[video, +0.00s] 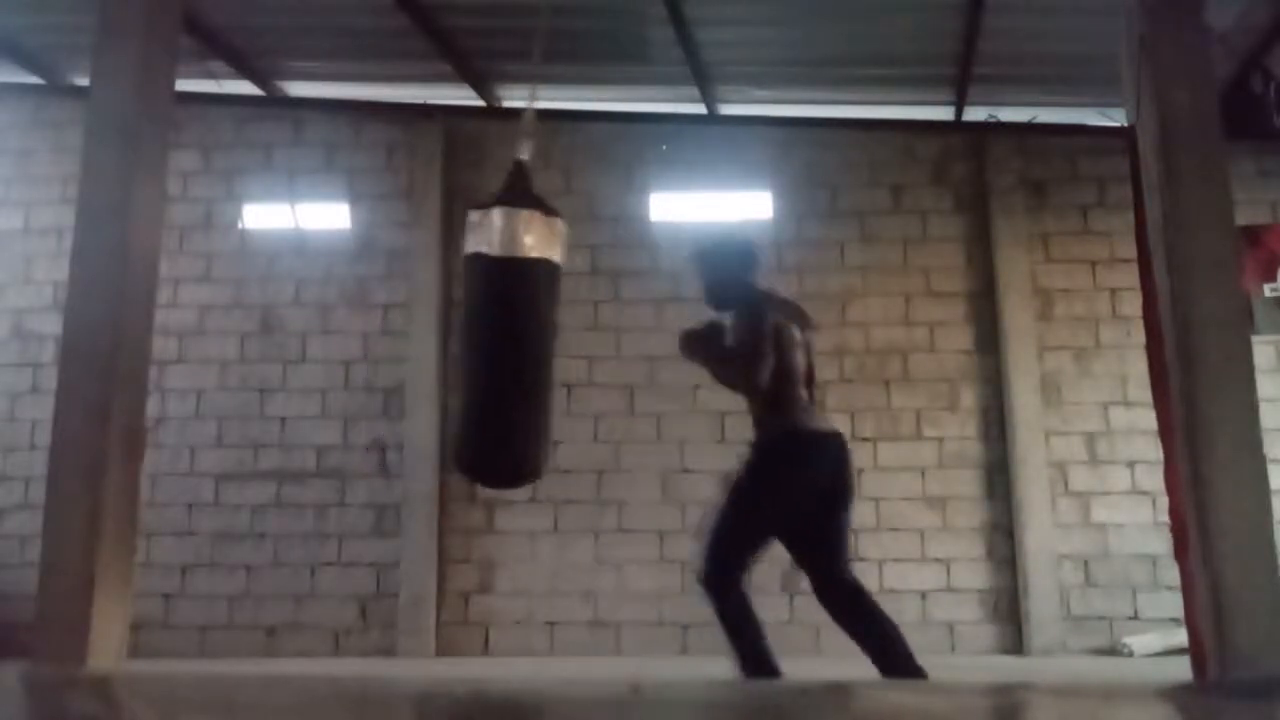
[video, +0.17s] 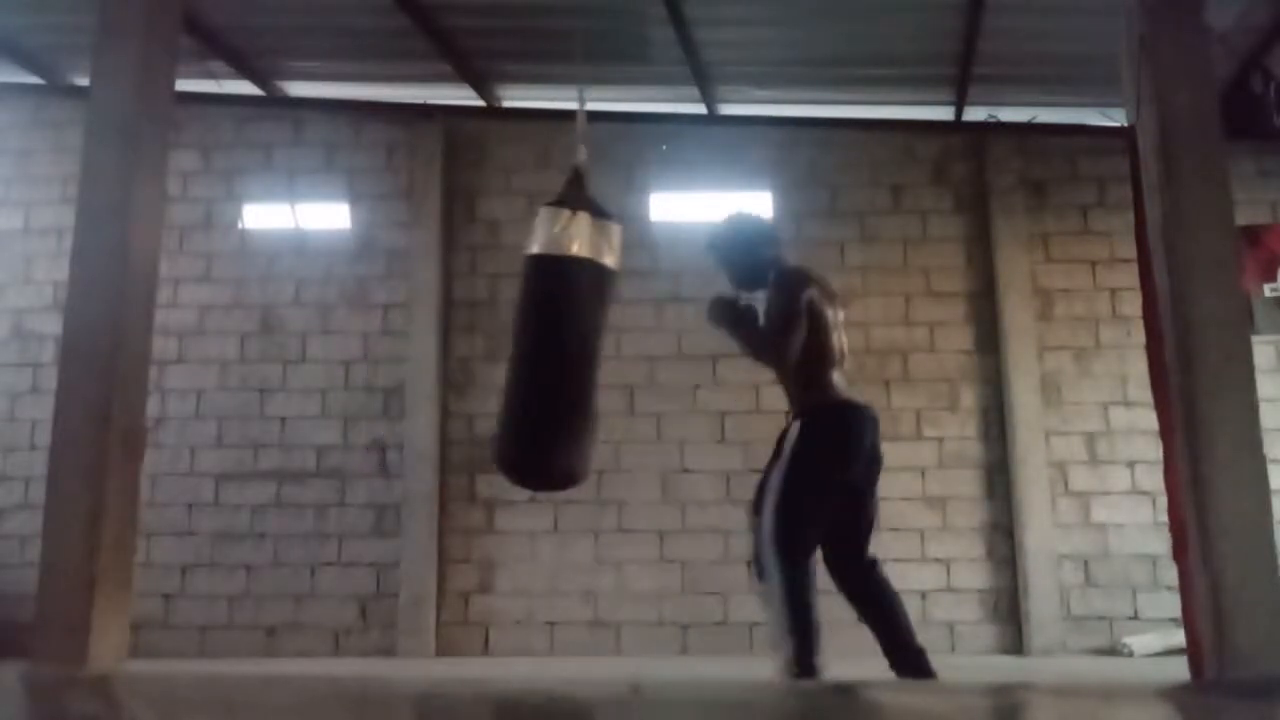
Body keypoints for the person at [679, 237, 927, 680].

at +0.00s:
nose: (701, 287)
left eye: (706, 275)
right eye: (700, 276)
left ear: (728, 274)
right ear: (747, 272)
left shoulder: (755, 315)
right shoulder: (787, 317)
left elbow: (754, 380)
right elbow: (798, 385)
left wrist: (707, 354)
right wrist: (726, 343)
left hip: (786, 456)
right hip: (825, 453)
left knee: (719, 573)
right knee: (833, 581)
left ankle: (766, 687)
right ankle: (911, 682)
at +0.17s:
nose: (726, 275)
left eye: (726, 263)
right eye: (722, 265)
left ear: (746, 255)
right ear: (767, 247)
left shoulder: (788, 284)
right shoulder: (815, 286)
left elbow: (780, 353)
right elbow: (802, 358)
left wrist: (736, 323)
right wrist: (747, 321)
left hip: (818, 427)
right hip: (855, 425)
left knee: (781, 543)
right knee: (849, 556)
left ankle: (802, 672)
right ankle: (917, 674)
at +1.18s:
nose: (795, 288)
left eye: (800, 279)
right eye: (792, 280)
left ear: (823, 277)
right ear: (814, 281)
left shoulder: (854, 310)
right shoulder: (831, 327)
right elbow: (822, 393)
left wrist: (806, 333)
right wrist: (793, 346)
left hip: (879, 437)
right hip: (891, 437)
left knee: (843, 544)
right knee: (892, 553)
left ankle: (894, 657)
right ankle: (939, 663)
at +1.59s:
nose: (749, 310)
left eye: (755, 300)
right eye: (747, 301)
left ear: (778, 299)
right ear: (761, 302)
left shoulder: (814, 332)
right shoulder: (773, 350)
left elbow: (828, 375)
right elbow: (767, 416)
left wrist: (774, 348)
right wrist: (742, 377)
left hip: (842, 464)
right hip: (850, 464)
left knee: (791, 570)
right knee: (854, 576)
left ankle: (800, 685)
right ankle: (945, 670)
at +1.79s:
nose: (737, 288)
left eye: (744, 277)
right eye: (736, 278)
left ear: (770, 277)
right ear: (747, 282)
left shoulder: (805, 308)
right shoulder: (768, 330)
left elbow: (814, 356)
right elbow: (749, 390)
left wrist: (756, 329)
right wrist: (731, 341)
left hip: (822, 440)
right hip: (838, 440)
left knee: (774, 546)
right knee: (826, 561)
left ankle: (784, 669)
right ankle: (901, 666)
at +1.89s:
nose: (730, 294)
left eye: (737, 284)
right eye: (731, 284)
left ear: (758, 286)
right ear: (753, 288)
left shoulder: (801, 323)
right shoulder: (762, 339)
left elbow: (810, 369)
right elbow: (740, 400)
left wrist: (751, 339)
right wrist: (722, 351)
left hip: (817, 454)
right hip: (829, 456)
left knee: (763, 556)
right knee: (837, 582)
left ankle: (756, 678)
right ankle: (913, 677)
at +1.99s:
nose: (716, 303)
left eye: (724, 293)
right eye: (716, 293)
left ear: (746, 296)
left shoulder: (787, 332)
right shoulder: (741, 348)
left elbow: (792, 397)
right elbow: (735, 416)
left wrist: (739, 359)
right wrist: (706, 366)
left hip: (809, 462)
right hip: (816, 464)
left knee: (752, 568)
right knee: (831, 585)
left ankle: (751, 686)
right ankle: (909, 675)